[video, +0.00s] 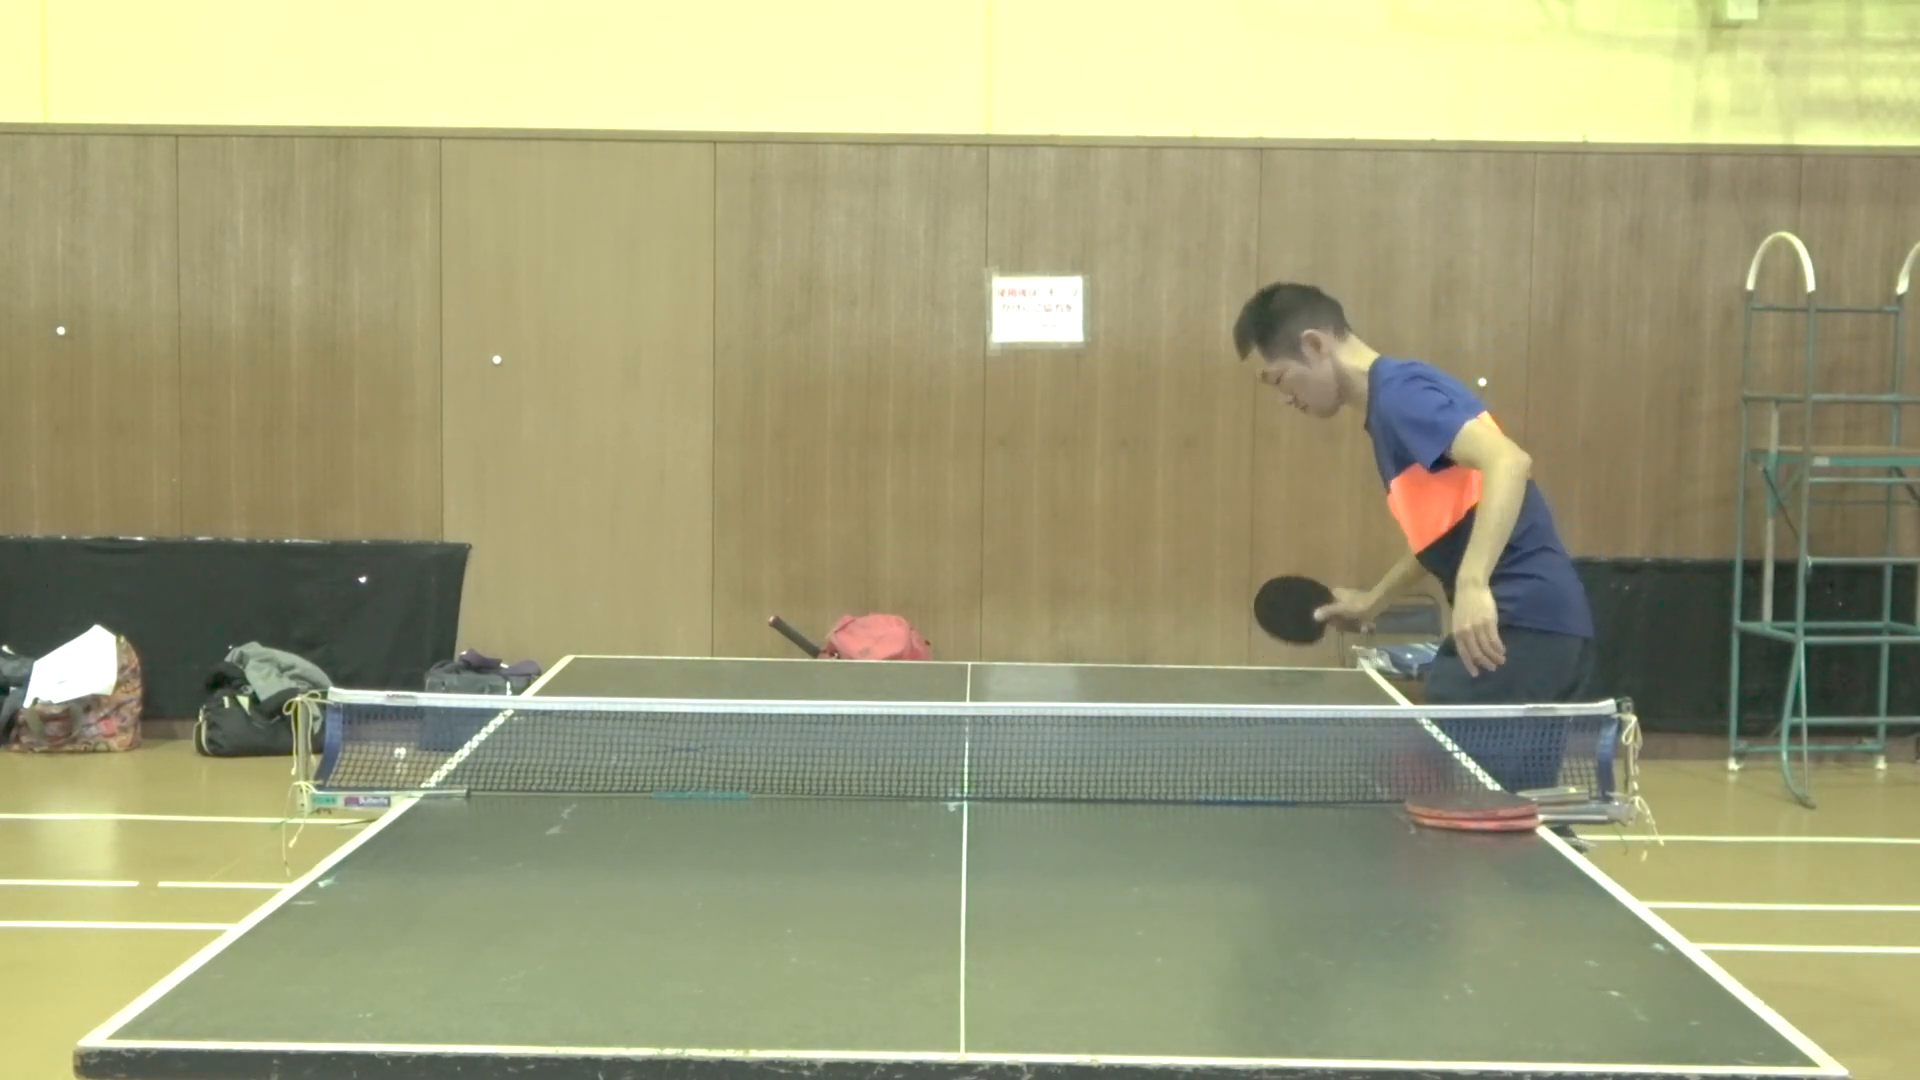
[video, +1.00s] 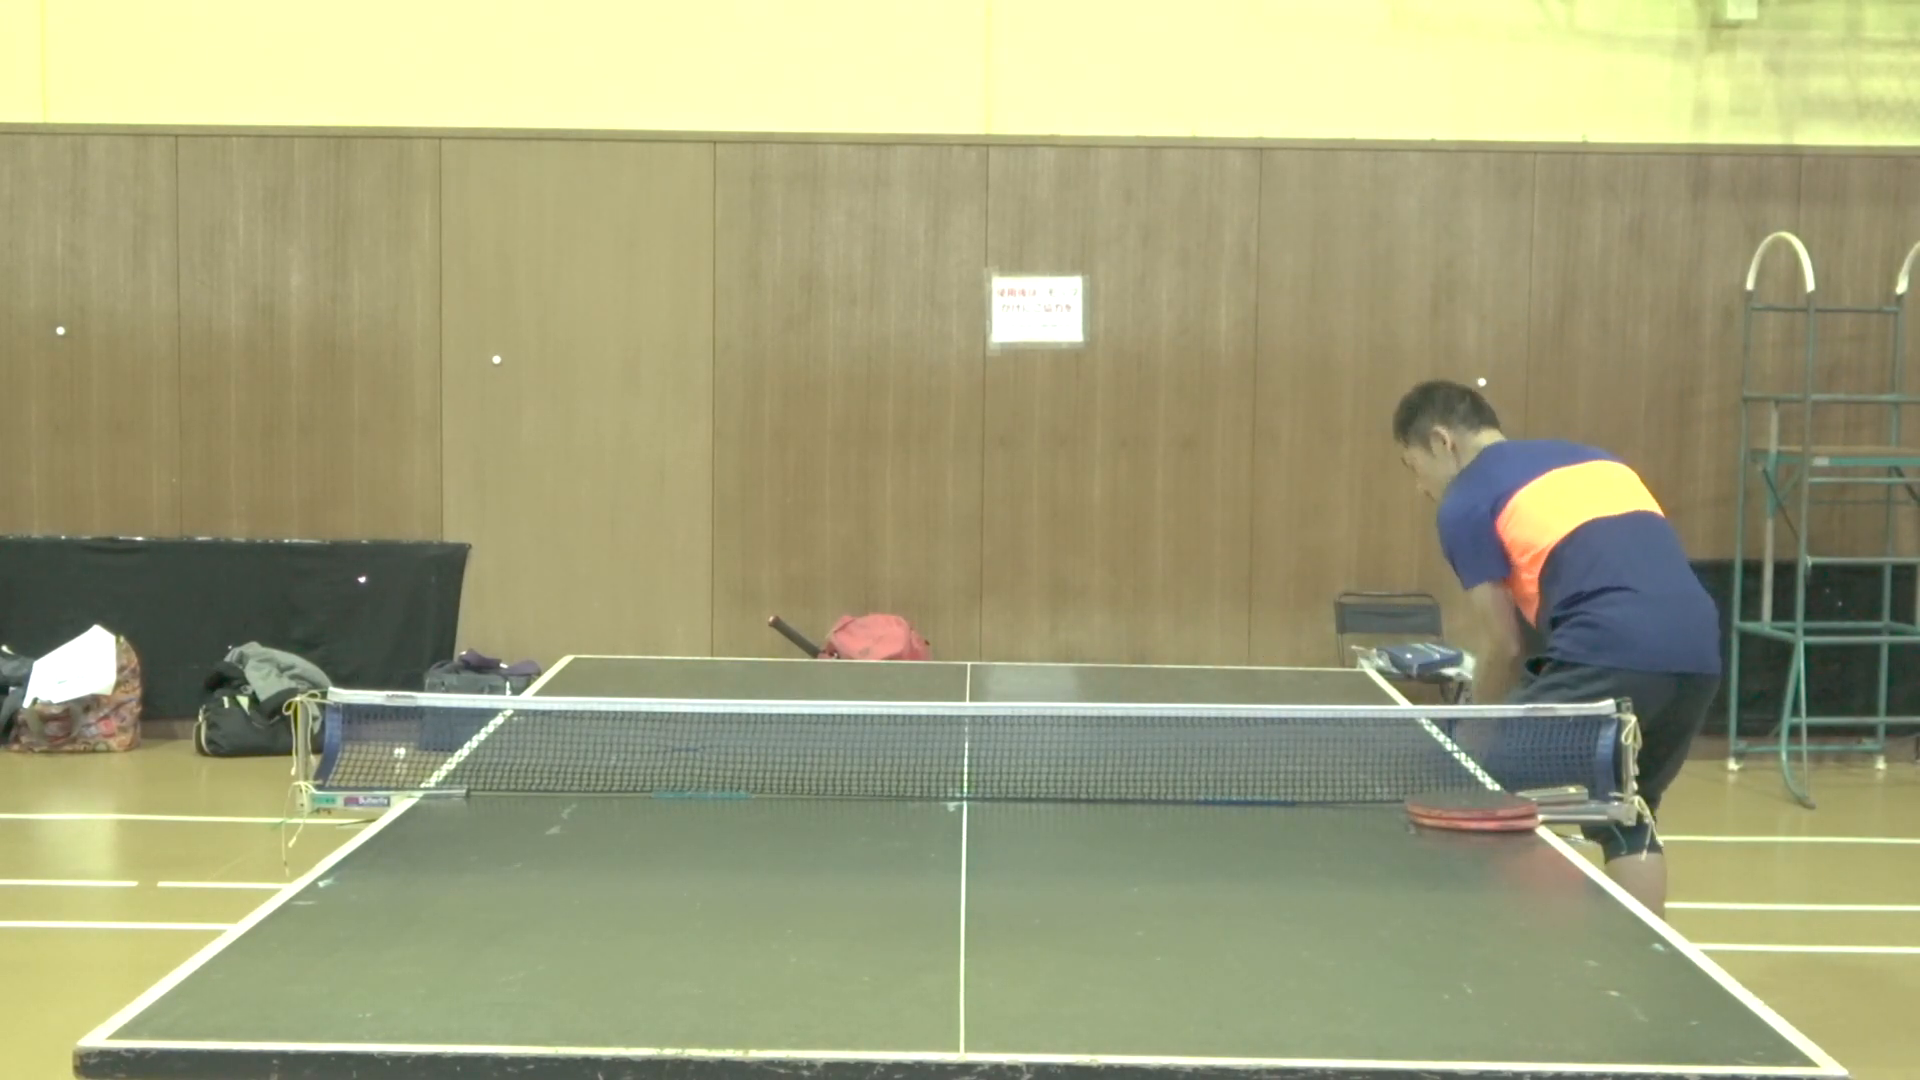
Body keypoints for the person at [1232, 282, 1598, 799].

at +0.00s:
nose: (1287, 399)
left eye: (1280, 379)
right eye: (1275, 386)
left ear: (1315, 345)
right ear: (1320, 345)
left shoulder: (1400, 393)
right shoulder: (1390, 403)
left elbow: (1508, 462)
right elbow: (1450, 525)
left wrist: (1472, 584)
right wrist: (1375, 598)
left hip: (1520, 624)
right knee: (1512, 809)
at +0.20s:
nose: (1313, 382)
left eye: (1297, 367)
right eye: (1297, 371)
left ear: (1311, 340)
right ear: (1355, 317)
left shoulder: (1387, 379)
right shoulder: (1448, 364)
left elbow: (1474, 461)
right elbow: (1527, 469)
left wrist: (1433, 584)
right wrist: (1418, 507)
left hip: (1501, 620)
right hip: (1557, 622)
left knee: (1415, 780)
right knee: (1524, 803)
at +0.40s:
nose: (1364, 364)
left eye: (1355, 352)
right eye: (1356, 354)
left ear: (1363, 336)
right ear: (1417, 312)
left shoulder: (1394, 378)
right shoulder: (1509, 367)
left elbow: (1444, 476)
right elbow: (1603, 467)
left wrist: (1408, 596)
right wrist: (1525, 511)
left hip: (1500, 611)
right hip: (1583, 614)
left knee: (1392, 769)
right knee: (1568, 797)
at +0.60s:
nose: (1426, 438)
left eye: (1420, 427)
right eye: (1421, 428)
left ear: (1430, 408)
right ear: (1488, 388)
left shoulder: (1445, 439)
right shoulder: (1578, 427)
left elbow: (1465, 570)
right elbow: (1670, 560)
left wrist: (1450, 693)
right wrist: (1639, 642)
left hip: (1561, 629)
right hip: (1653, 636)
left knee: (1444, 783)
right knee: (1624, 804)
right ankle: (1640, 979)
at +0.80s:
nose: (1448, 505)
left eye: (1444, 493)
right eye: (1442, 496)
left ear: (1455, 468)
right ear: (1509, 448)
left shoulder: (1471, 507)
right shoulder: (1598, 464)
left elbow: (1507, 646)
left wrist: (1503, 738)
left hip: (1601, 642)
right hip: (1696, 643)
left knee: (1480, 783)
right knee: (1639, 810)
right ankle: (1646, 976)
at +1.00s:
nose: (1420, 485)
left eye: (1415, 466)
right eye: (1412, 470)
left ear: (1444, 441)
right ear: (1491, 429)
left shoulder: (1466, 498)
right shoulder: (1581, 455)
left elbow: (1504, 646)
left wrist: (1471, 740)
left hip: (1608, 649)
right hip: (1699, 649)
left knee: (1476, 782)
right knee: (1628, 807)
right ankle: (1642, 977)